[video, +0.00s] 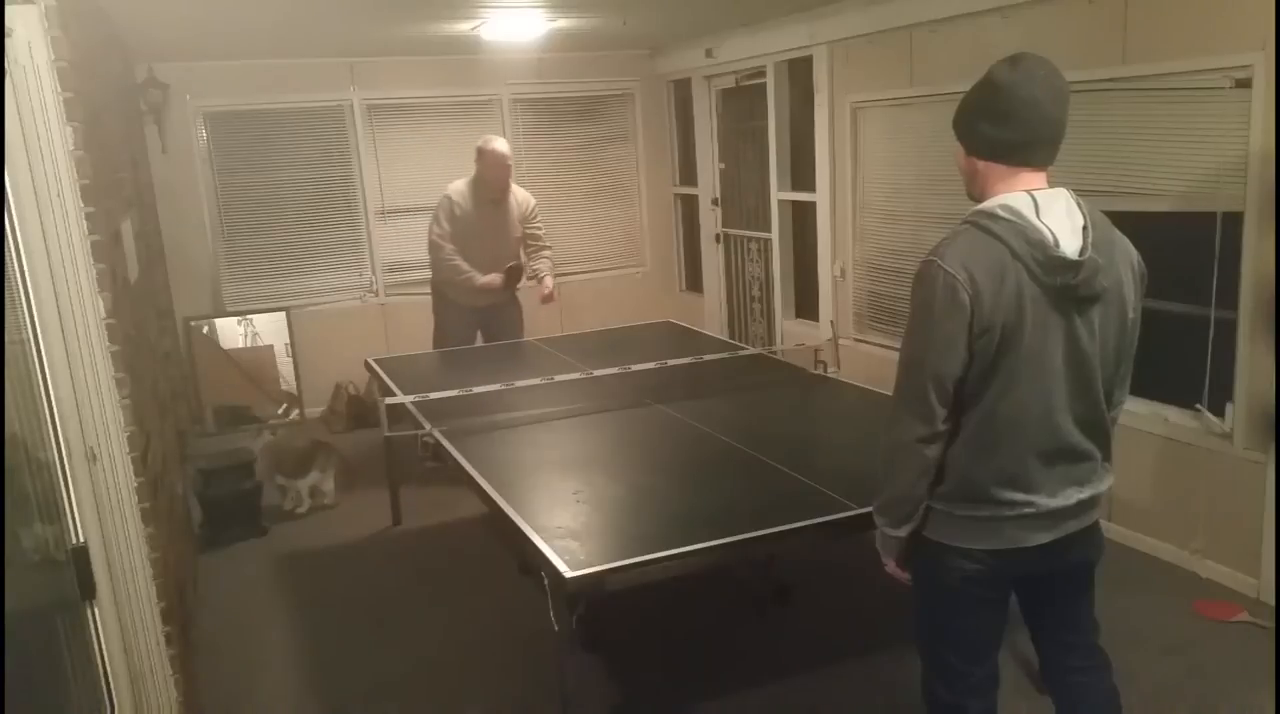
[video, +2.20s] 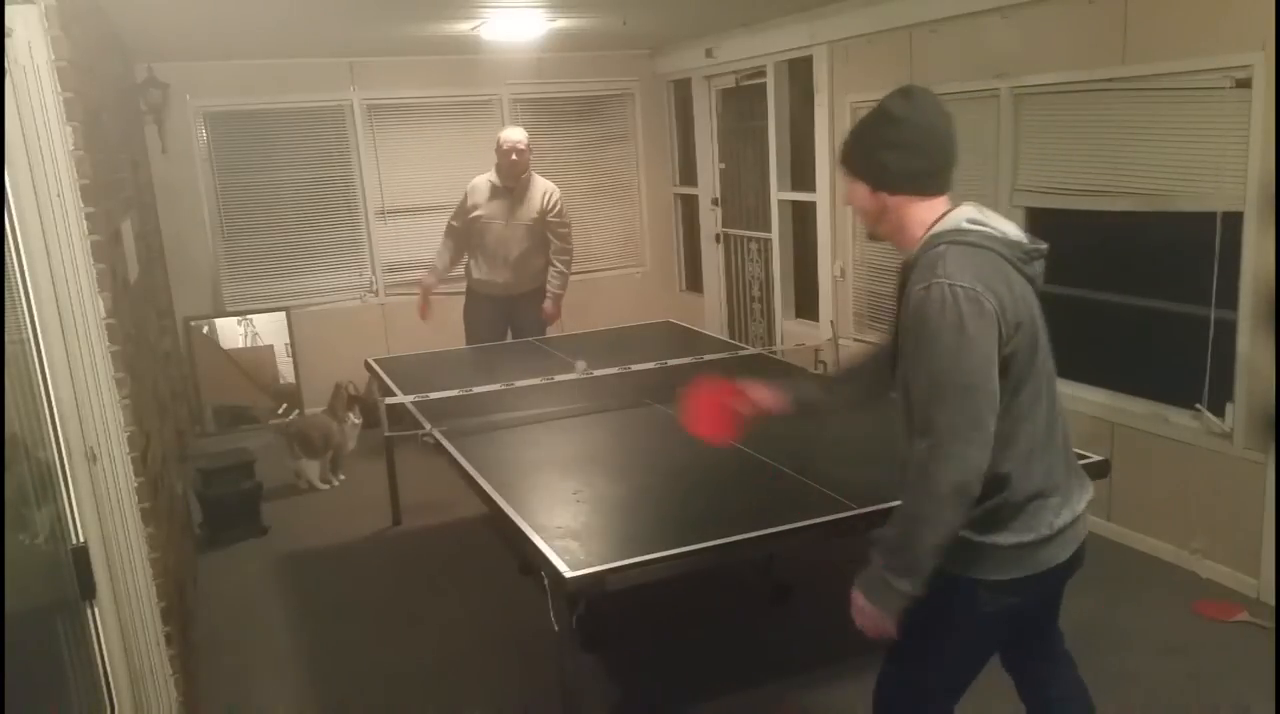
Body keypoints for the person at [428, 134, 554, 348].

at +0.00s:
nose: (504, 175)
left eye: (507, 167)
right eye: (496, 168)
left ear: (512, 165)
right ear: (479, 165)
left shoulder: (523, 201)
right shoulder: (453, 199)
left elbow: (538, 246)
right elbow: (441, 254)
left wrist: (546, 277)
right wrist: (476, 280)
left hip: (503, 301)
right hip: (456, 303)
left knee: (512, 368)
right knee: (455, 374)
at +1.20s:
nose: (490, 166)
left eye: (493, 158)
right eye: (483, 162)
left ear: (502, 154)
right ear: (469, 161)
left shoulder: (523, 191)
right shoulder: (452, 201)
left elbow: (540, 242)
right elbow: (432, 250)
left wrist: (545, 285)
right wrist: (446, 291)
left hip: (521, 297)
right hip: (475, 302)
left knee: (539, 361)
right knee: (475, 372)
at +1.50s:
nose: (488, 193)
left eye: (493, 185)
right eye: (481, 188)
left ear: (503, 172)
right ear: (472, 181)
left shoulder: (530, 201)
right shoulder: (462, 210)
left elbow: (557, 246)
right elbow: (431, 247)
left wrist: (568, 291)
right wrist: (428, 295)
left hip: (530, 300)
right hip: (481, 304)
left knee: (540, 369)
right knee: (482, 373)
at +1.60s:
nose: (490, 193)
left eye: (493, 185)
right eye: (483, 187)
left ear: (504, 175)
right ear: (473, 183)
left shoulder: (530, 202)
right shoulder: (461, 209)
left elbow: (561, 244)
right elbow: (429, 232)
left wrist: (573, 290)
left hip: (530, 297)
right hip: (482, 302)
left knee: (540, 364)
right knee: (484, 369)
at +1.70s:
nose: (492, 185)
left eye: (497, 176)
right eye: (486, 178)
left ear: (508, 170)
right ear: (476, 176)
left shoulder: (534, 201)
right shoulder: (460, 203)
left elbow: (563, 245)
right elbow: (430, 213)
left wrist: (574, 289)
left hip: (530, 296)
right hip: (482, 300)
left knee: (541, 363)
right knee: (482, 367)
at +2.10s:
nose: (511, 160)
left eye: (517, 154)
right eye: (505, 154)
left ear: (528, 154)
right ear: (494, 155)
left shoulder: (546, 195)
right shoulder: (475, 189)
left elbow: (562, 254)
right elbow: (448, 223)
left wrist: (558, 300)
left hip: (529, 296)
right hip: (482, 296)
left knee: (533, 366)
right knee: (481, 367)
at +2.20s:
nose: (514, 157)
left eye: (520, 151)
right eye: (507, 151)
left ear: (530, 153)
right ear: (496, 153)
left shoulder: (547, 194)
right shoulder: (477, 189)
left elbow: (561, 251)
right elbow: (454, 237)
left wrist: (553, 298)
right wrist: (434, 276)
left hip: (529, 298)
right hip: (483, 299)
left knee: (532, 369)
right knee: (483, 371)